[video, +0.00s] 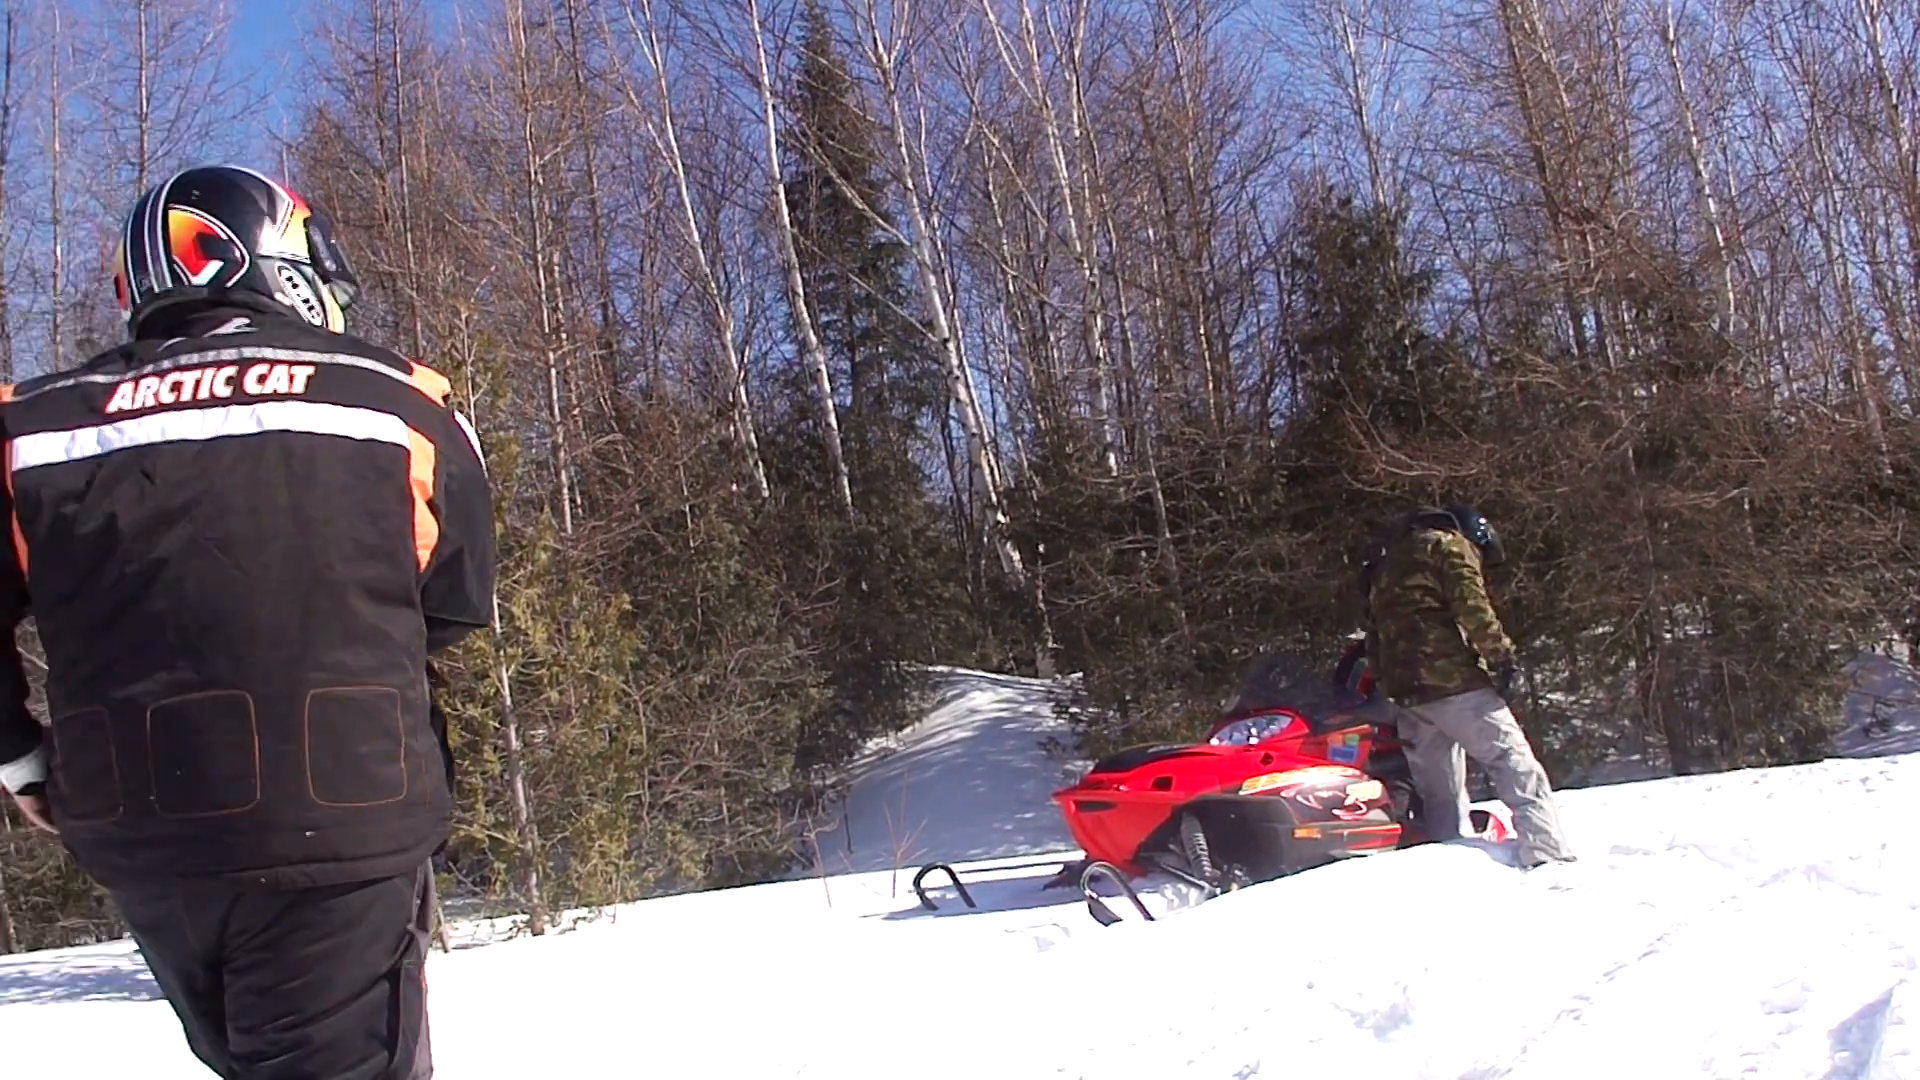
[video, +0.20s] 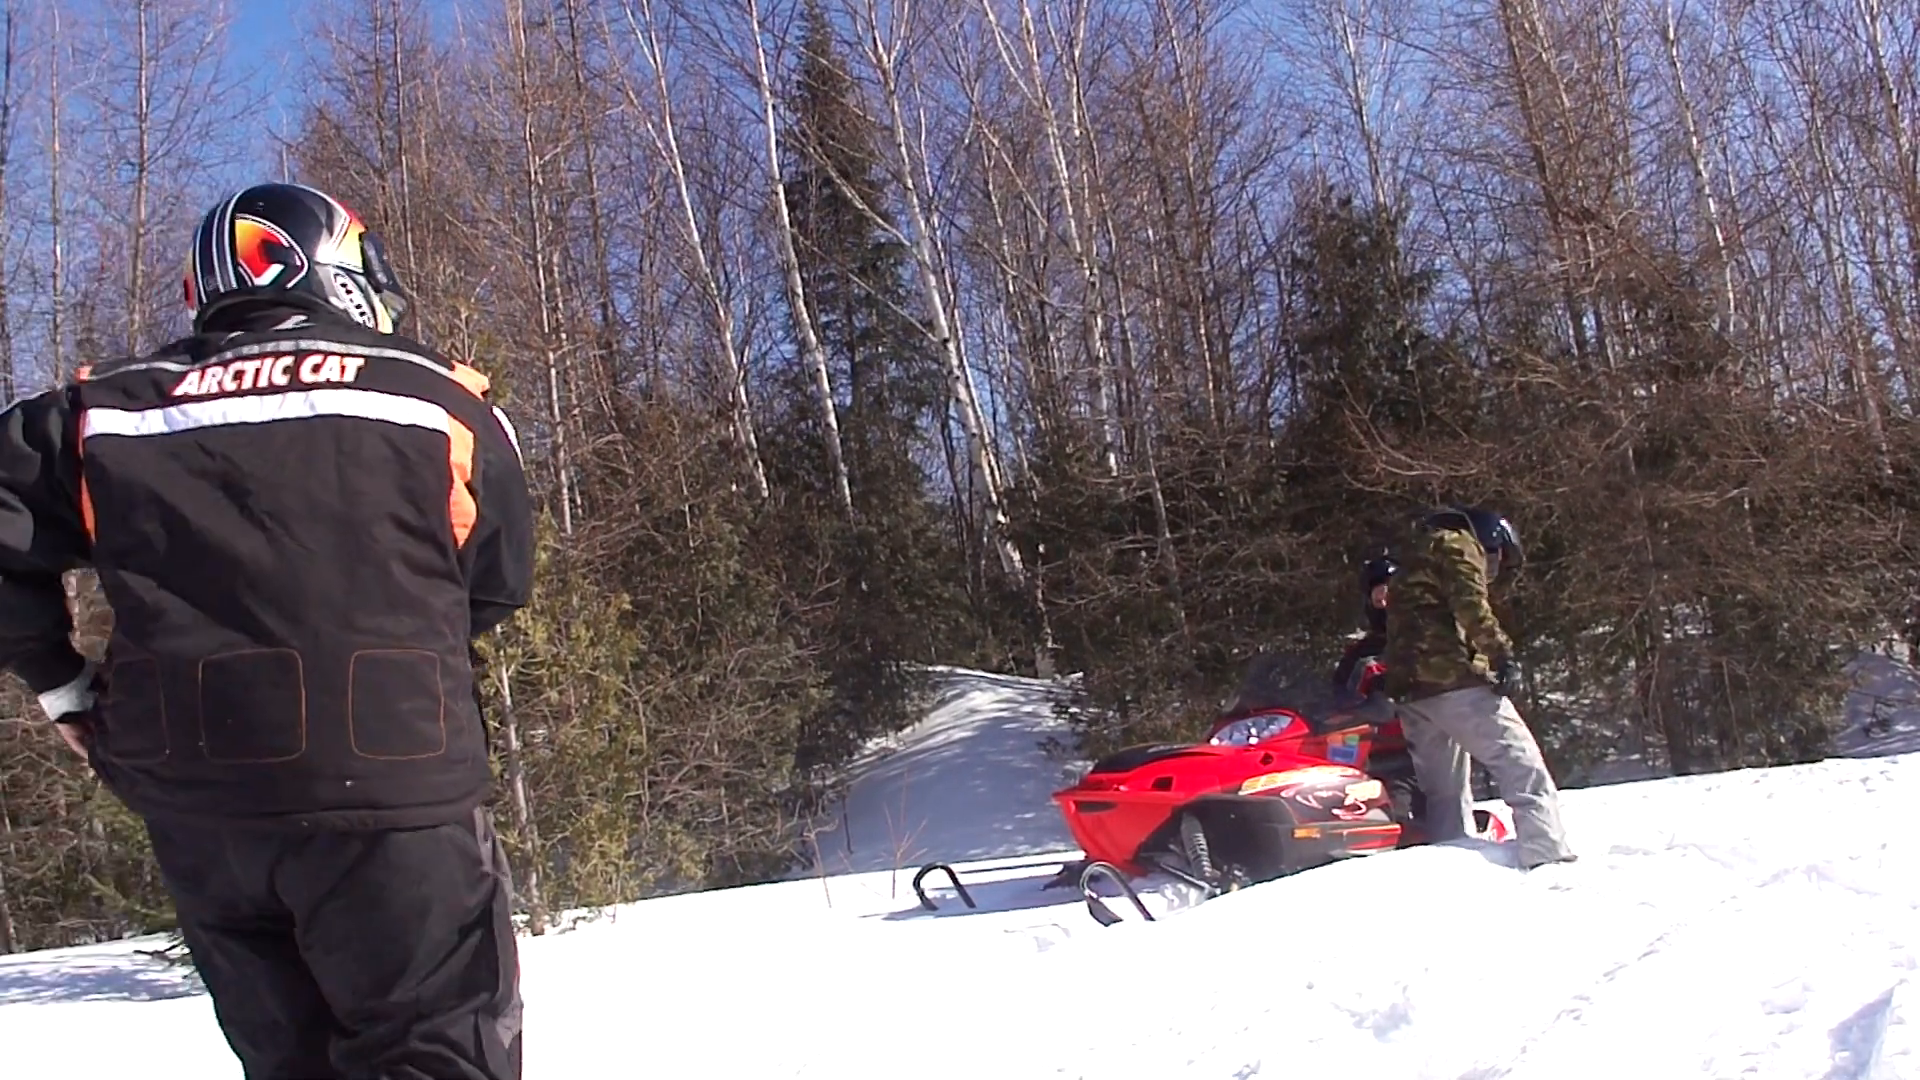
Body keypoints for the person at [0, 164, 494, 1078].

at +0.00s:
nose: (337, 285)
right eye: (323, 264)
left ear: (135, 283)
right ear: (297, 266)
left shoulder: (25, 418)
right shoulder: (410, 398)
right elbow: (459, 600)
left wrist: (21, 758)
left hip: (140, 844)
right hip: (347, 828)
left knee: (251, 1057)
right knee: (326, 1061)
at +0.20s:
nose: (385, 286)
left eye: (375, 267)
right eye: (373, 267)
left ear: (207, 284)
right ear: (347, 274)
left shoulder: (100, 406)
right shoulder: (444, 397)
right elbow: (499, 580)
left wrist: (64, 687)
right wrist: (407, 640)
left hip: (198, 815)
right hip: (395, 810)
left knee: (284, 1061)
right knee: (434, 1053)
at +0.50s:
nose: (494, 337)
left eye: (488, 317)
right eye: (481, 316)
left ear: (326, 330)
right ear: (454, 320)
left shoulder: (226, 446)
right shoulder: (536, 438)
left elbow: (121, 563)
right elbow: (602, 611)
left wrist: (207, 704)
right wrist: (524, 685)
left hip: (305, 824)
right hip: (489, 814)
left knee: (348, 1055)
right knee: (558, 1048)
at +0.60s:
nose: (539, 358)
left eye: (532, 339)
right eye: (527, 338)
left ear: (374, 355)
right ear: (501, 343)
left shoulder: (284, 468)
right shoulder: (585, 455)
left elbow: (183, 593)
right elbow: (656, 624)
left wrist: (262, 726)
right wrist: (576, 696)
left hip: (359, 829)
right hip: (537, 828)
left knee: (387, 1042)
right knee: (590, 1048)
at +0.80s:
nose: (624, 372)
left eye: (617, 355)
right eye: (614, 355)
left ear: (474, 372)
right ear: (594, 362)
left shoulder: (382, 494)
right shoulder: (679, 477)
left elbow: (314, 632)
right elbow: (733, 635)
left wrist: (390, 754)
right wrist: (643, 698)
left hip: (467, 835)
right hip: (638, 826)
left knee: (514, 1035)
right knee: (663, 1047)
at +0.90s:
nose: (647, 371)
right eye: (637, 357)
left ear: (502, 376)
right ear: (620, 362)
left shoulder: (424, 490)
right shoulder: (710, 473)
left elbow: (355, 631)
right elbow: (759, 624)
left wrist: (433, 745)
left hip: (512, 824)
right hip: (671, 818)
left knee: (568, 1006)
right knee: (665, 1033)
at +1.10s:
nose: (691, 391)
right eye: (683, 377)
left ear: (557, 398)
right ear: (670, 384)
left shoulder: (491, 509)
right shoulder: (758, 491)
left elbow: (425, 645)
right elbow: (799, 632)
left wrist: (484, 767)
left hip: (568, 811)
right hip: (713, 802)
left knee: (682, 995)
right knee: (685, 1024)